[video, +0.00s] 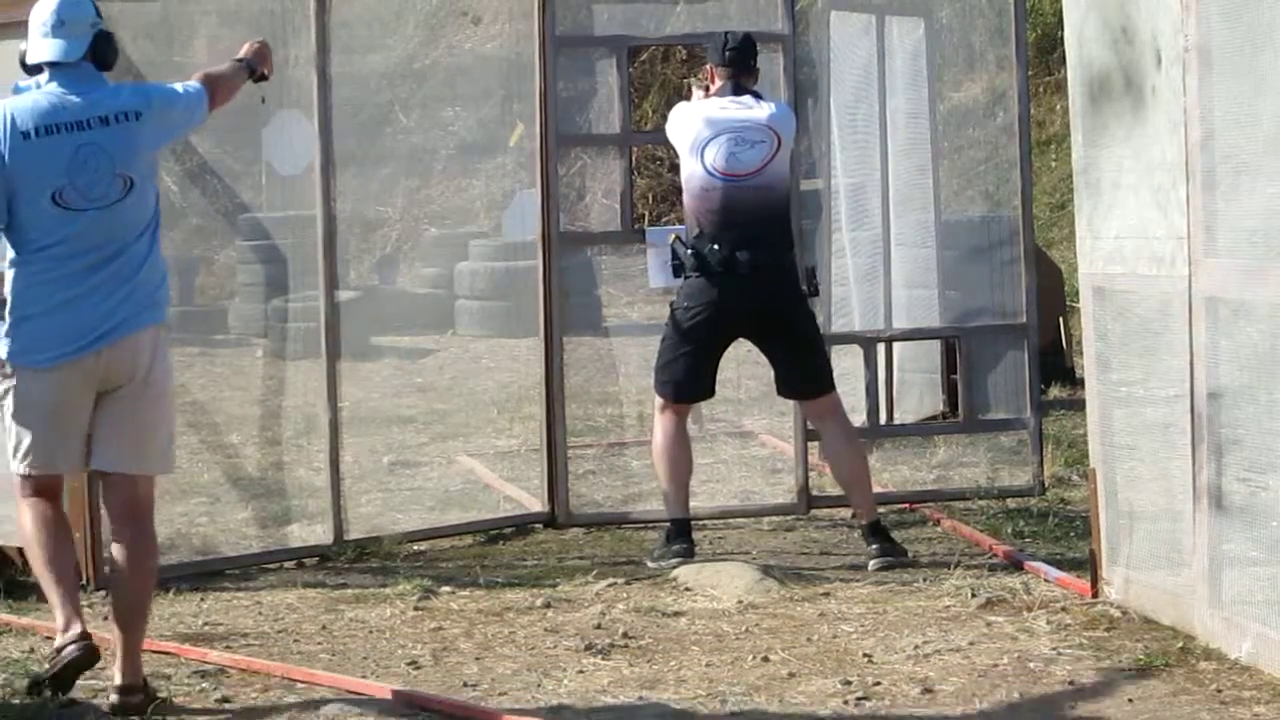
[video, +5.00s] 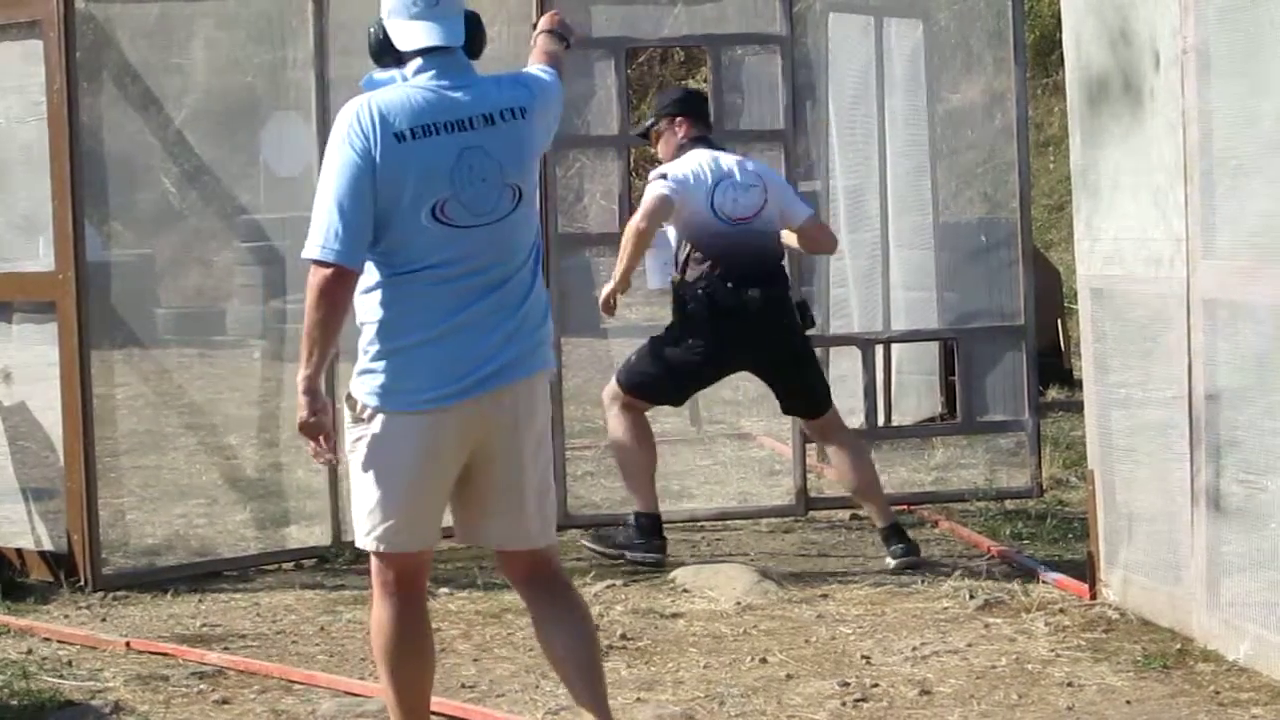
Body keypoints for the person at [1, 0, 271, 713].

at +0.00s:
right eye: (106, 48)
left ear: (33, 56)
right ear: (100, 51)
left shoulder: (8, 120)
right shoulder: (138, 108)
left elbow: (6, 227)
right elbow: (213, 89)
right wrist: (248, 62)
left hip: (41, 333)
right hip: (135, 325)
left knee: (38, 489)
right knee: (131, 506)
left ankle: (68, 629)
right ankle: (130, 677)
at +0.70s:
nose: (65, 52)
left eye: (68, 43)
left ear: (73, 51)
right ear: (146, 47)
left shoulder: (49, 120)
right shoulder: (191, 104)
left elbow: (17, 255)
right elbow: (250, 86)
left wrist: (6, 353)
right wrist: (277, 54)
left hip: (101, 352)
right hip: (195, 335)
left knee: (114, 535)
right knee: (192, 495)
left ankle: (142, 703)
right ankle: (225, 653)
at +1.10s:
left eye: (148, 55)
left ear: (147, 57)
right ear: (223, 50)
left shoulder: (130, 125)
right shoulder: (268, 107)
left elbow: (101, 262)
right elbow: (308, 79)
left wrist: (84, 364)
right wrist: (323, 45)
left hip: (168, 356)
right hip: (268, 344)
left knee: (149, 537)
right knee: (293, 532)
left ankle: (144, 704)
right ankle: (329, 702)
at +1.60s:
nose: (222, 59)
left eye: (225, 46)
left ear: (222, 47)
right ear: (296, 39)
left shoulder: (206, 111)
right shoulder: (341, 100)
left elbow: (176, 245)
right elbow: (368, 80)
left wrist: (153, 345)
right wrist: (378, 49)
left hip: (238, 349)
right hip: (338, 337)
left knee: (218, 523)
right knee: (329, 528)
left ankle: (250, 696)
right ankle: (338, 703)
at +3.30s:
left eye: (230, 52)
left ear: (235, 53)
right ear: (316, 42)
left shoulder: (219, 120)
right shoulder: (362, 99)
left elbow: (193, 263)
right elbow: (384, 60)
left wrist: (172, 369)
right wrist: (392, 28)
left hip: (263, 373)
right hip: (366, 356)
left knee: (262, 553)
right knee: (400, 535)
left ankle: (286, 711)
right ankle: (462, 697)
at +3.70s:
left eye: (322, 47)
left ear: (324, 52)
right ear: (403, 42)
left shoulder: (317, 123)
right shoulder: (453, 100)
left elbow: (299, 268)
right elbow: (462, 65)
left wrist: (280, 376)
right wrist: (462, 33)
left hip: (354, 367)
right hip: (455, 356)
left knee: (313, 545)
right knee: (461, 551)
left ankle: (298, 709)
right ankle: (476, 713)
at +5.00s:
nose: (378, 62)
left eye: (380, 48)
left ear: (387, 49)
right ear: (469, 41)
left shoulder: (366, 119)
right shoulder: (524, 101)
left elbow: (334, 269)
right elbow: (548, 69)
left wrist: (311, 383)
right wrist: (551, 32)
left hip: (409, 388)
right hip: (518, 375)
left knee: (400, 583)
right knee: (536, 565)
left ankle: (410, 714)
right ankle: (599, 710)